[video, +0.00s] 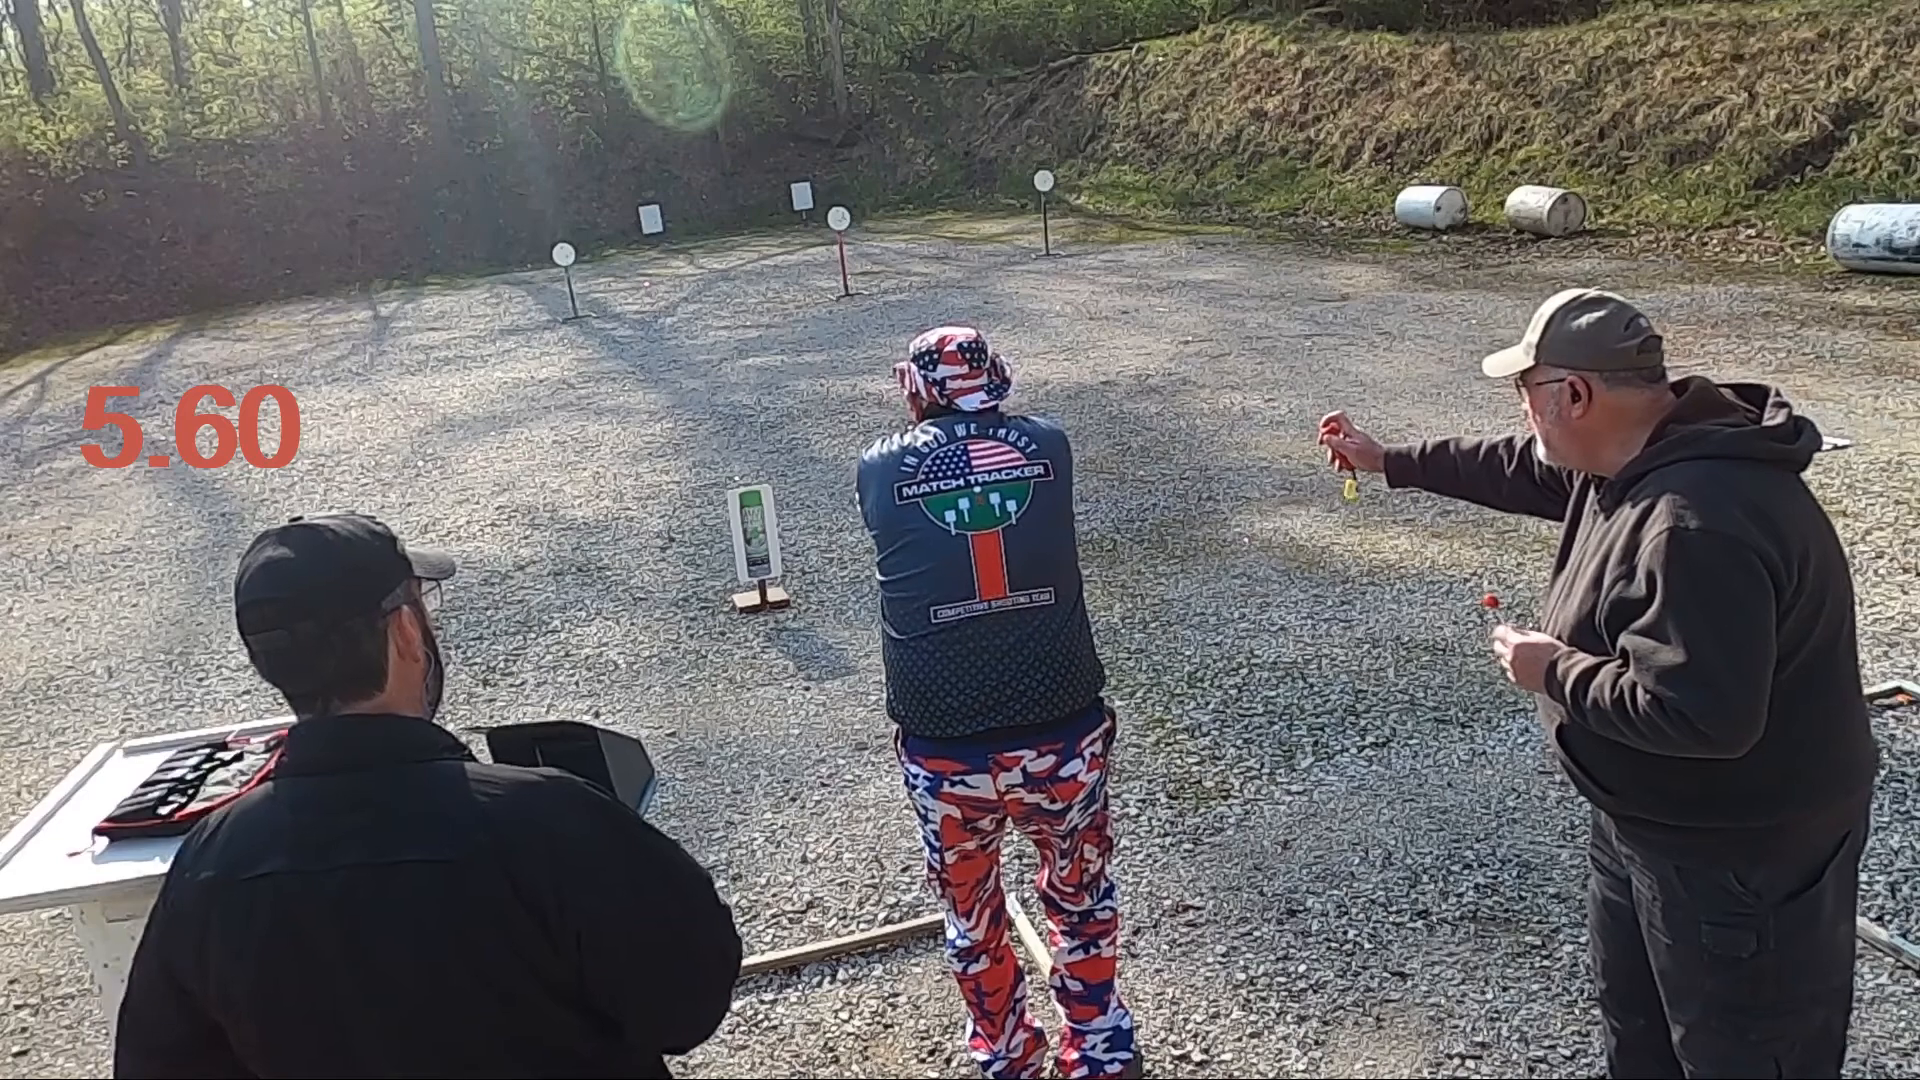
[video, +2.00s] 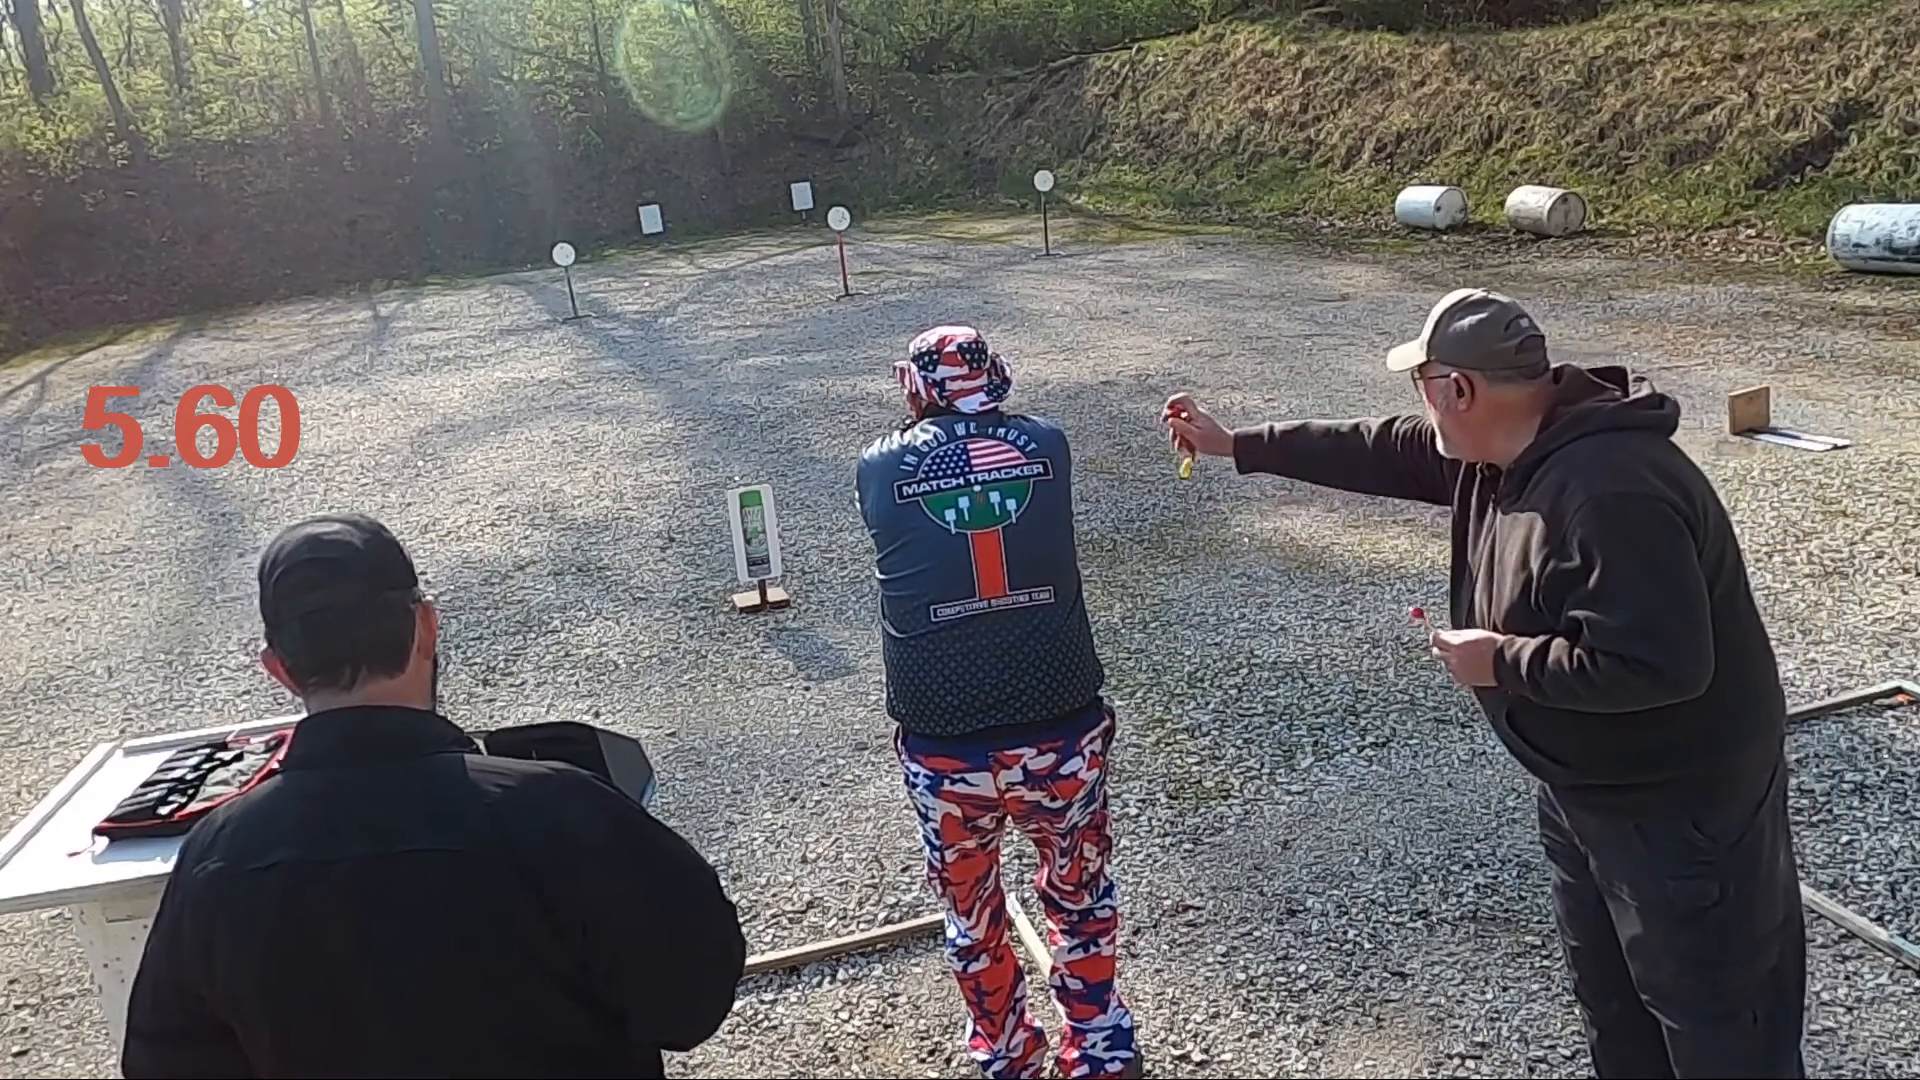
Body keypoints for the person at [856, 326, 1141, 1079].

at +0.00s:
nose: (903, 397)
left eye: (907, 388)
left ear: (916, 397)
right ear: (997, 388)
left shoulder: (878, 470)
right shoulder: (1048, 444)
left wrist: (938, 422)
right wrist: (948, 416)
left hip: (944, 750)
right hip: (1064, 736)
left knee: (972, 907)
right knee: (1081, 896)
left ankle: (1005, 1057)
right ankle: (1102, 1056)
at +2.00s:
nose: (905, 398)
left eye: (907, 389)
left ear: (916, 397)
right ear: (996, 389)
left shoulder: (878, 470)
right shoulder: (1046, 442)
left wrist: (929, 419)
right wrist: (945, 414)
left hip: (944, 748)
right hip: (1062, 734)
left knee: (972, 907)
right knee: (1080, 896)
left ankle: (1006, 1058)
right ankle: (1102, 1056)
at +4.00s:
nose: (920, 388)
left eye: (921, 379)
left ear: (927, 388)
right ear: (1004, 379)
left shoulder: (888, 458)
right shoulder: (1054, 430)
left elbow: (907, 437)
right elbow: (993, 424)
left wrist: (931, 399)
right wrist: (952, 395)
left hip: (955, 740)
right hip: (1071, 727)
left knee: (975, 901)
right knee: (1082, 891)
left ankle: (1003, 1055)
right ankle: (1099, 1052)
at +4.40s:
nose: (981, 380)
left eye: (979, 369)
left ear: (978, 378)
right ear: (1056, 368)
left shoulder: (939, 446)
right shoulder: (1101, 419)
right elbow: (1053, 419)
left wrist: (993, 396)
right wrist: (1012, 391)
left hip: (1005, 725)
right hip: (1126, 711)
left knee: (995, 892)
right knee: (1172, 847)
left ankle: (1001, 1055)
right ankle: (1176, 1025)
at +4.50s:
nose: (1077, 392)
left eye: (1015, 379)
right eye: (1081, 379)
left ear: (1010, 389)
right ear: (1088, 383)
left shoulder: (970, 460)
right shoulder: (1131, 433)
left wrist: (1032, 410)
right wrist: (1051, 406)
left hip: (1032, 736)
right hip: (1155, 721)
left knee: (1008, 887)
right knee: (1236, 844)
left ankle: (1002, 1052)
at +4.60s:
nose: (1131, 402)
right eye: (1133, 390)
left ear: (1063, 400)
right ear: (1139, 395)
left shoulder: (1019, 469)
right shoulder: (1180, 447)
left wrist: (1084, 416)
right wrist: (1095, 418)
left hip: (1063, 743)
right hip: (1190, 733)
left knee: (1028, 888)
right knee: (1293, 838)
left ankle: (1004, 1051)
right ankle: (1394, 966)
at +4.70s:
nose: (1210, 392)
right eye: (1213, 380)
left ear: (1143, 387)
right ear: (1220, 387)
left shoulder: (1097, 453)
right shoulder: (1257, 441)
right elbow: (1202, 443)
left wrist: (1161, 403)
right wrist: (1170, 404)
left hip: (1119, 733)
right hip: (1245, 731)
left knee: (1065, 880)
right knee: (1344, 826)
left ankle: (1013, 1052)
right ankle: (1434, 957)